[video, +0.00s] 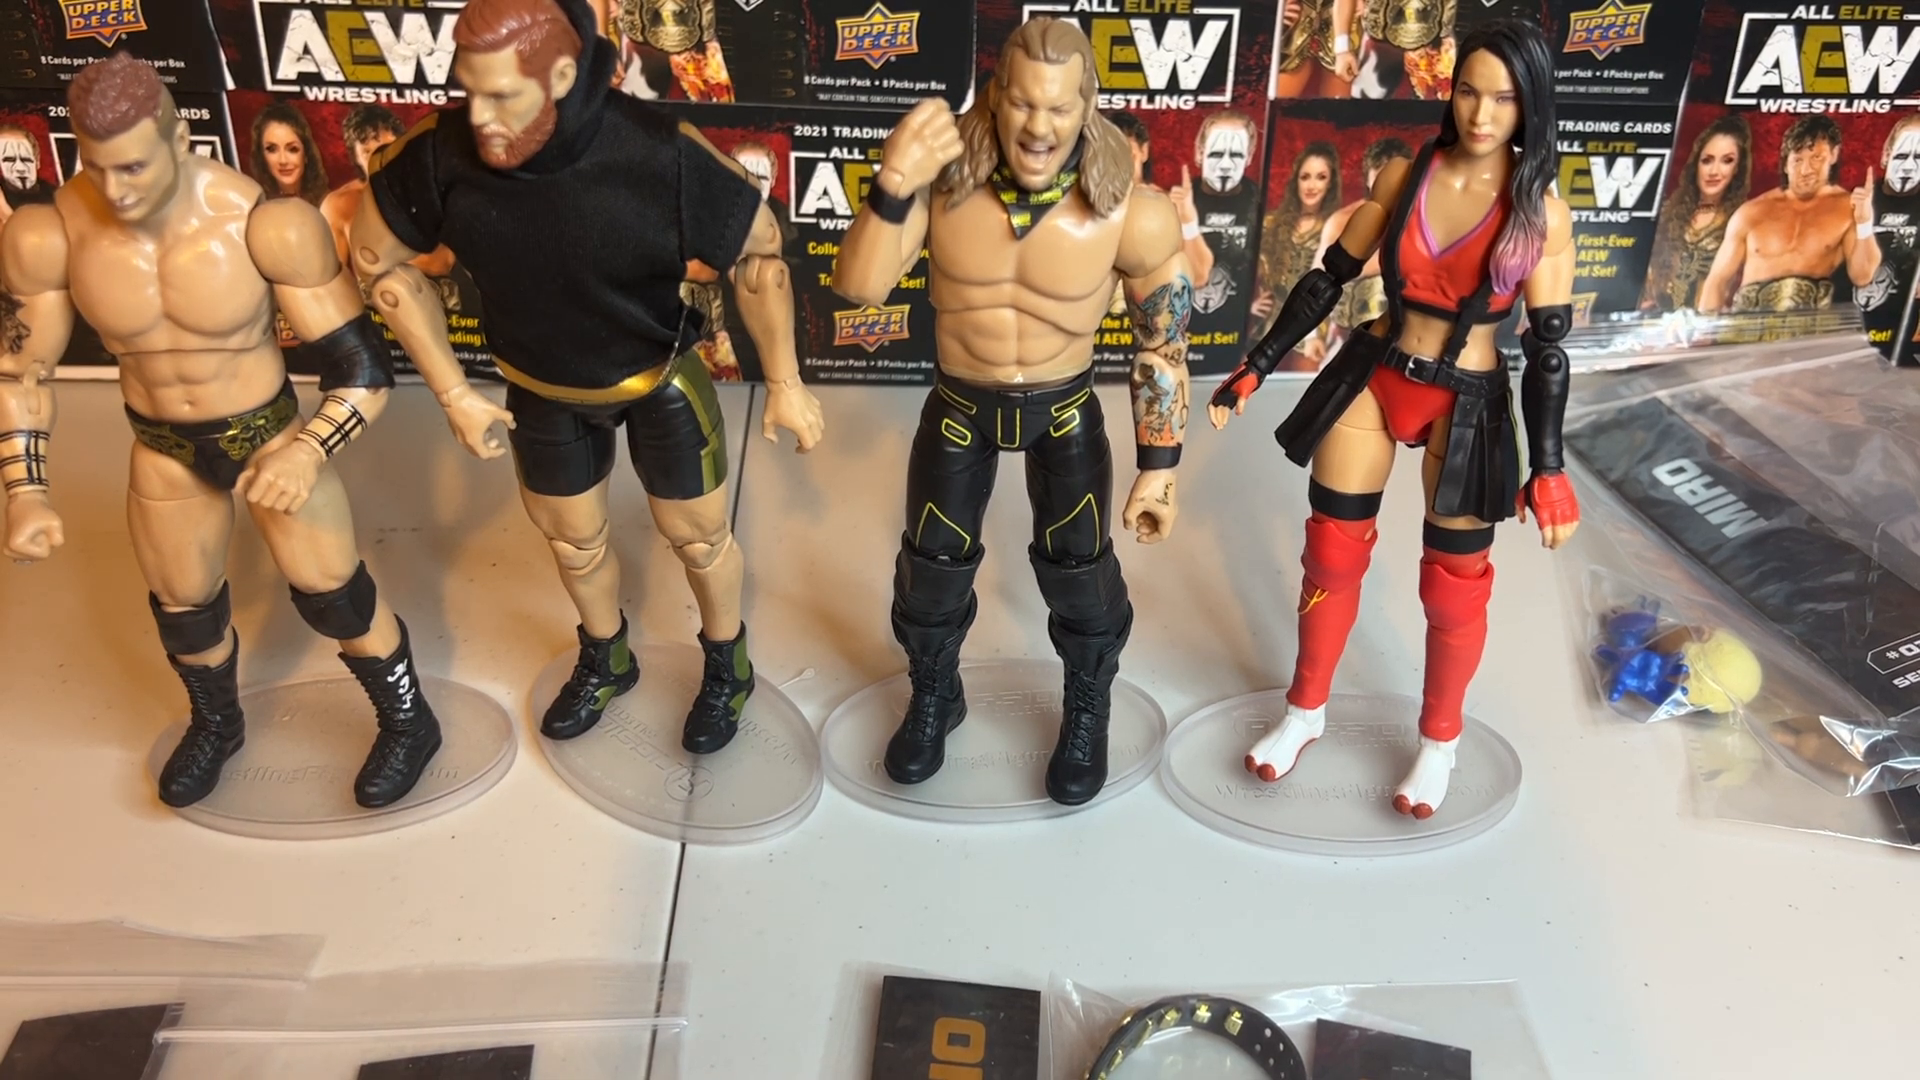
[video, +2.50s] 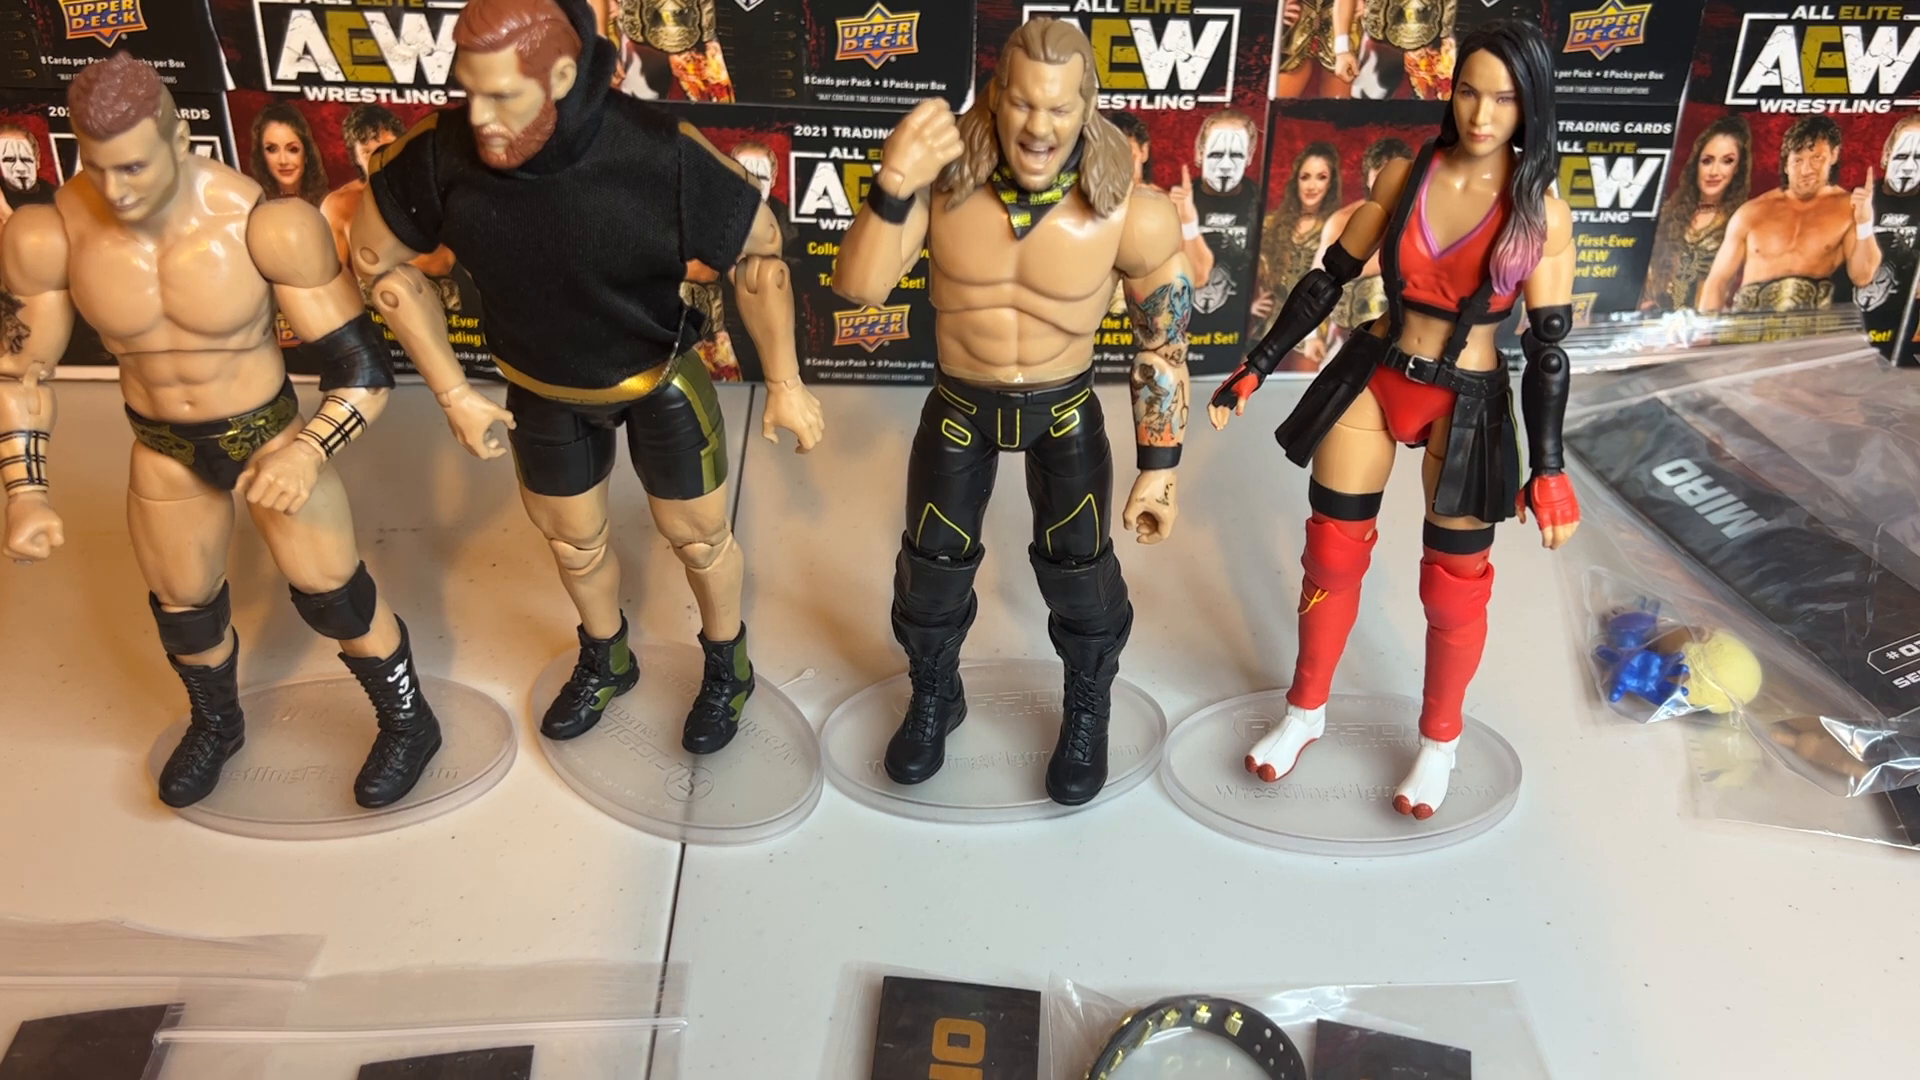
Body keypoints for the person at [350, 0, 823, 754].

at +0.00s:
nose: (481, 119)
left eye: (503, 96)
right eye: (468, 95)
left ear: (564, 76)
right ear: (456, 81)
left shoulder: (653, 155)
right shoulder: (443, 159)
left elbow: (757, 246)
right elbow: (372, 250)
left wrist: (784, 381)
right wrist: (453, 392)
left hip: (661, 382)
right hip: (543, 395)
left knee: (700, 540)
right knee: (575, 546)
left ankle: (726, 665)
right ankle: (607, 660)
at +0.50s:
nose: (481, 119)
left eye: (503, 96)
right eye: (468, 95)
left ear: (564, 76)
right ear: (456, 81)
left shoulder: (653, 155)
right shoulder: (443, 159)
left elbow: (757, 246)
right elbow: (372, 251)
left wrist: (784, 381)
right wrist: (452, 392)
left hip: (661, 382)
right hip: (543, 395)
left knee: (700, 540)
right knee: (575, 546)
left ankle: (726, 666)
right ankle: (607, 660)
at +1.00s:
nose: (481, 119)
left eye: (502, 96)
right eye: (468, 95)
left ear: (564, 76)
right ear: (456, 81)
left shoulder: (653, 155)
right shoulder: (442, 159)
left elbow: (757, 245)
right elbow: (372, 252)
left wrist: (784, 381)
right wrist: (453, 392)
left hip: (661, 382)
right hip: (542, 394)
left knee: (700, 540)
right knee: (575, 546)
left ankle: (726, 667)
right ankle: (607, 660)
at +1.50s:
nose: (481, 119)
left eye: (503, 96)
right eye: (468, 95)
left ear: (564, 76)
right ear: (456, 81)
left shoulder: (653, 155)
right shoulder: (443, 159)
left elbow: (757, 246)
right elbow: (372, 251)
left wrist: (784, 381)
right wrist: (452, 392)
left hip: (661, 382)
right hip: (542, 395)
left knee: (700, 540)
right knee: (575, 546)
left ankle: (726, 666)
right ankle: (607, 660)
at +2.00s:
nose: (481, 119)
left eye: (503, 96)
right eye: (468, 95)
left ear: (563, 76)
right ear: (457, 81)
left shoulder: (653, 155)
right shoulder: (442, 160)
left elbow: (757, 245)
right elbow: (372, 251)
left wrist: (784, 381)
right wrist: (452, 392)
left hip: (661, 382)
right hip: (542, 394)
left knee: (700, 540)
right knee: (575, 546)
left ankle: (726, 665)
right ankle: (607, 660)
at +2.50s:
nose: (481, 119)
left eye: (503, 96)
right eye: (468, 95)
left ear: (564, 76)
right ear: (456, 81)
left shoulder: (654, 155)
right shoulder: (443, 158)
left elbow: (757, 246)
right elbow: (373, 251)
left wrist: (784, 381)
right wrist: (452, 392)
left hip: (661, 383)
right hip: (542, 395)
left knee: (701, 541)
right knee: (575, 547)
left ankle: (726, 666)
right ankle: (607, 660)